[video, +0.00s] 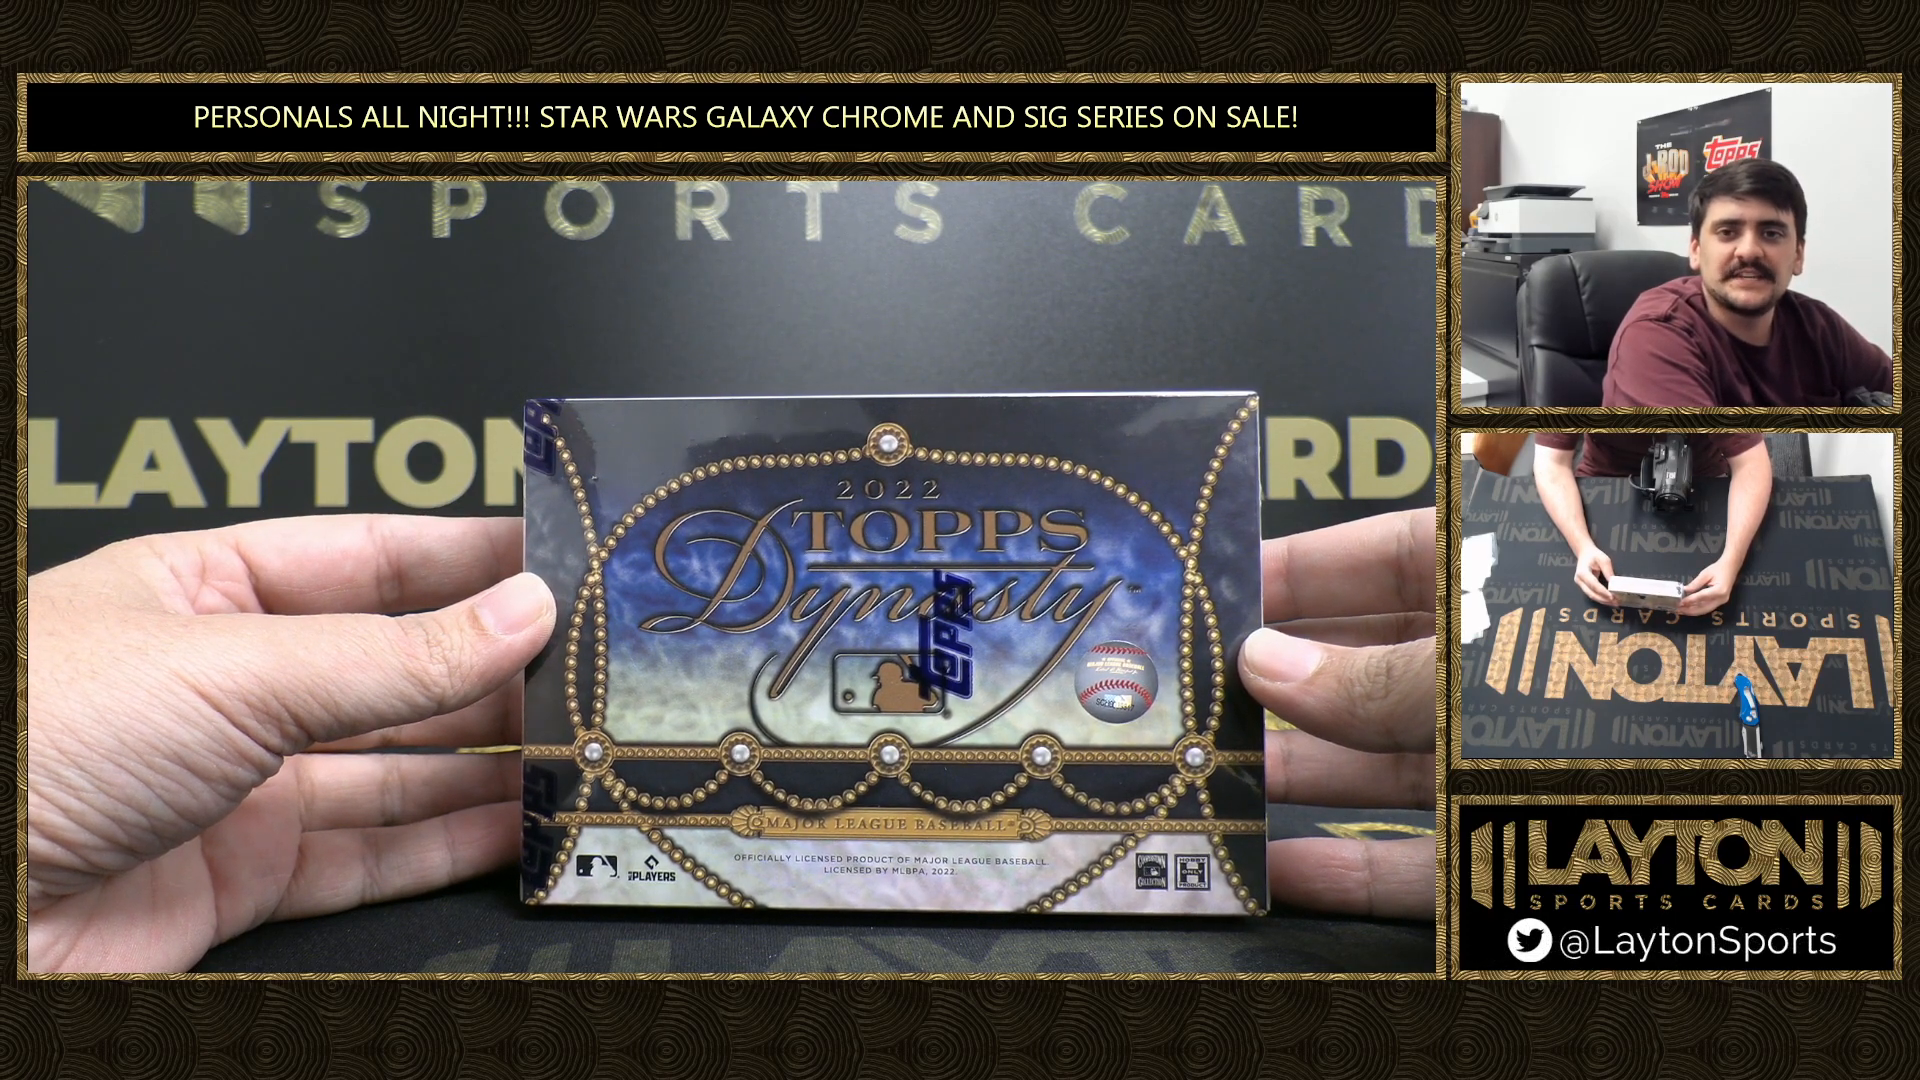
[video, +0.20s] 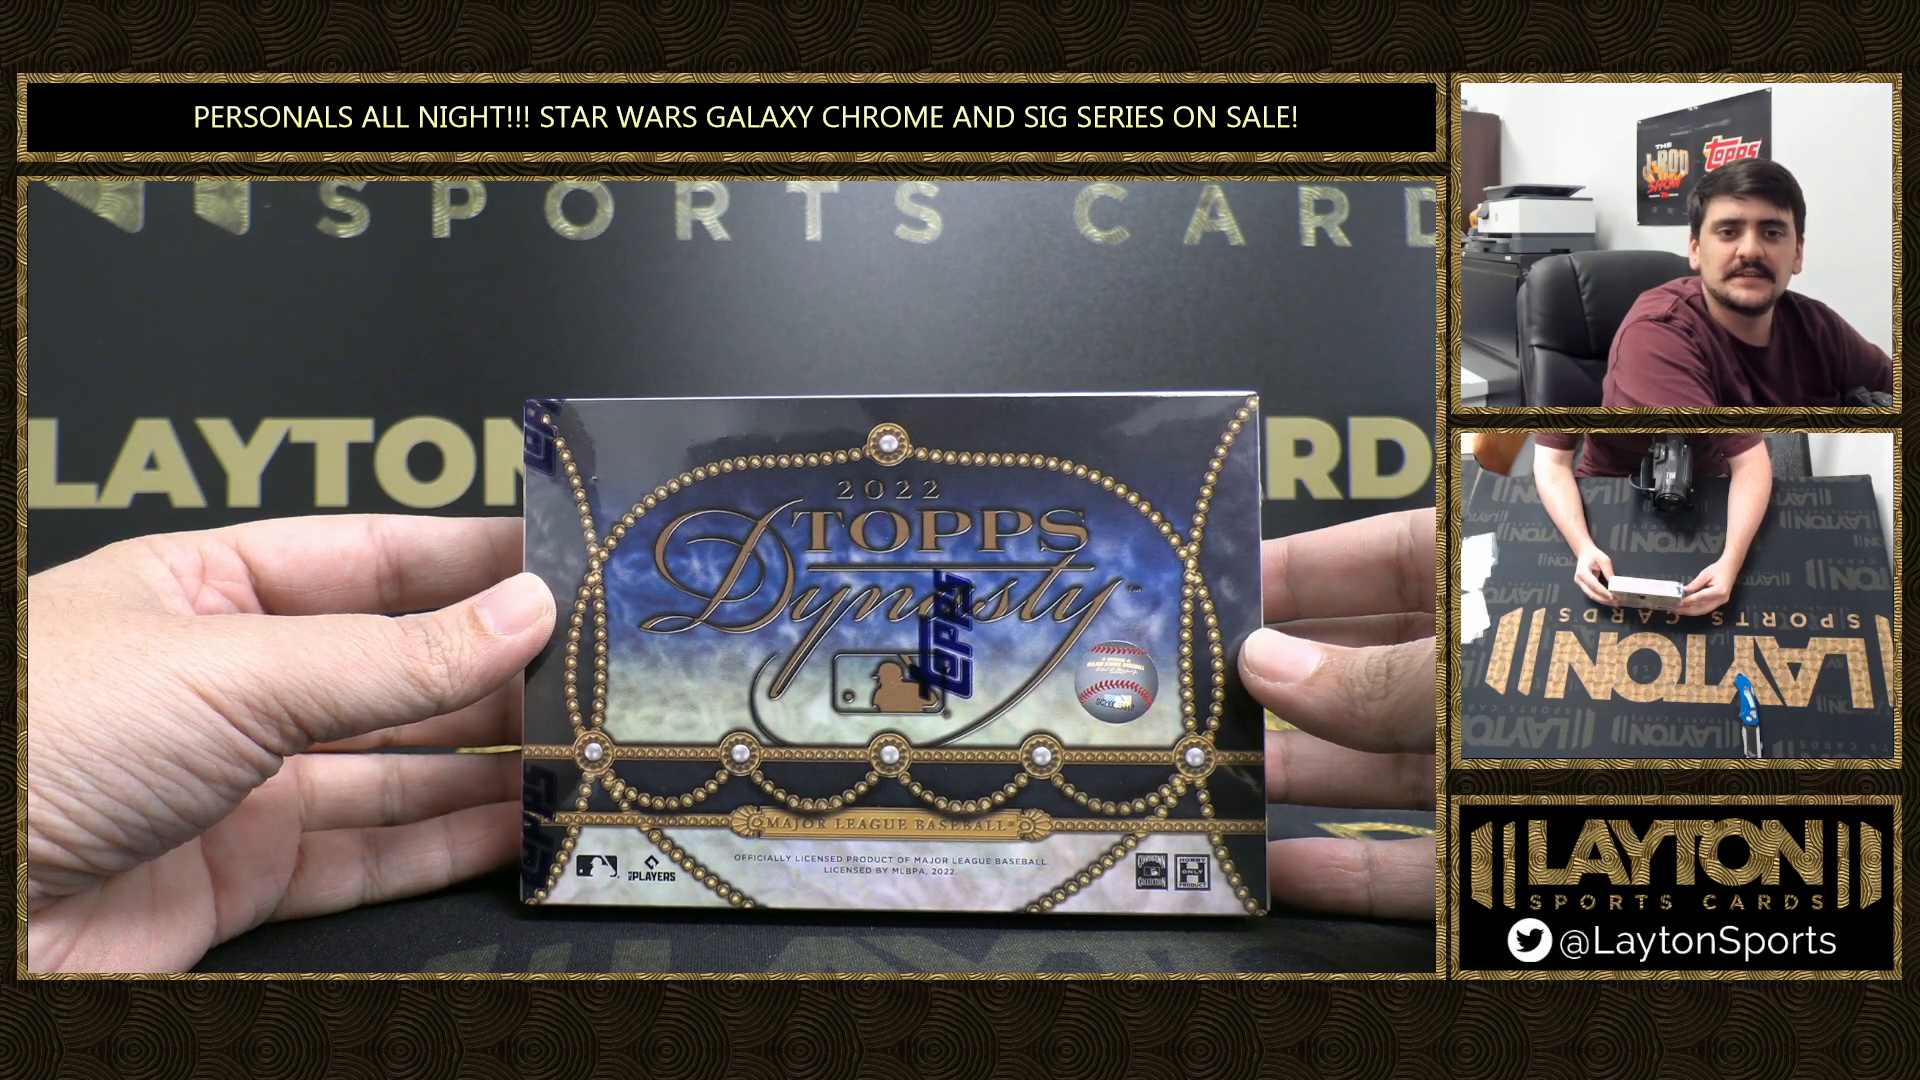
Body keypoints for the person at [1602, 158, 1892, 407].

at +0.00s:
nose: (1749, 251)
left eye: (1771, 234)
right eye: (1728, 232)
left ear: (1799, 255)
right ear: (1695, 250)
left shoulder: (1818, 329)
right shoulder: (1656, 332)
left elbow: (1896, 388)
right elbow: (1746, 460)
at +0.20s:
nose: (1750, 250)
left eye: (1771, 233)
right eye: (1729, 232)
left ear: (1798, 254)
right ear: (1695, 250)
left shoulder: (1818, 329)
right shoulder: (1656, 333)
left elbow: (1896, 388)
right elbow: (1746, 460)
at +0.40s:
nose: (1750, 250)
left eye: (1771, 233)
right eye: (1728, 232)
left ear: (1797, 255)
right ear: (1694, 251)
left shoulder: (1817, 329)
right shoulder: (1656, 333)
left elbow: (1896, 388)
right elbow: (1746, 461)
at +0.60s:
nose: (1748, 249)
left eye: (1769, 232)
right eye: (1727, 231)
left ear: (1797, 255)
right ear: (1694, 251)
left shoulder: (1817, 329)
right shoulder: (1656, 333)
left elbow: (1896, 388)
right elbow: (1747, 461)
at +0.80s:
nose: (1748, 249)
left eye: (1769, 232)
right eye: (1727, 231)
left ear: (1797, 255)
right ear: (1694, 251)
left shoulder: (1817, 329)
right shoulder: (1656, 333)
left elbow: (1896, 387)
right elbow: (1746, 461)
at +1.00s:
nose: (1748, 249)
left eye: (1770, 232)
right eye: (1728, 231)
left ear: (1798, 255)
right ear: (1695, 251)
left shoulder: (1817, 328)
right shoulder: (1657, 333)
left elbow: (1896, 387)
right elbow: (1747, 461)